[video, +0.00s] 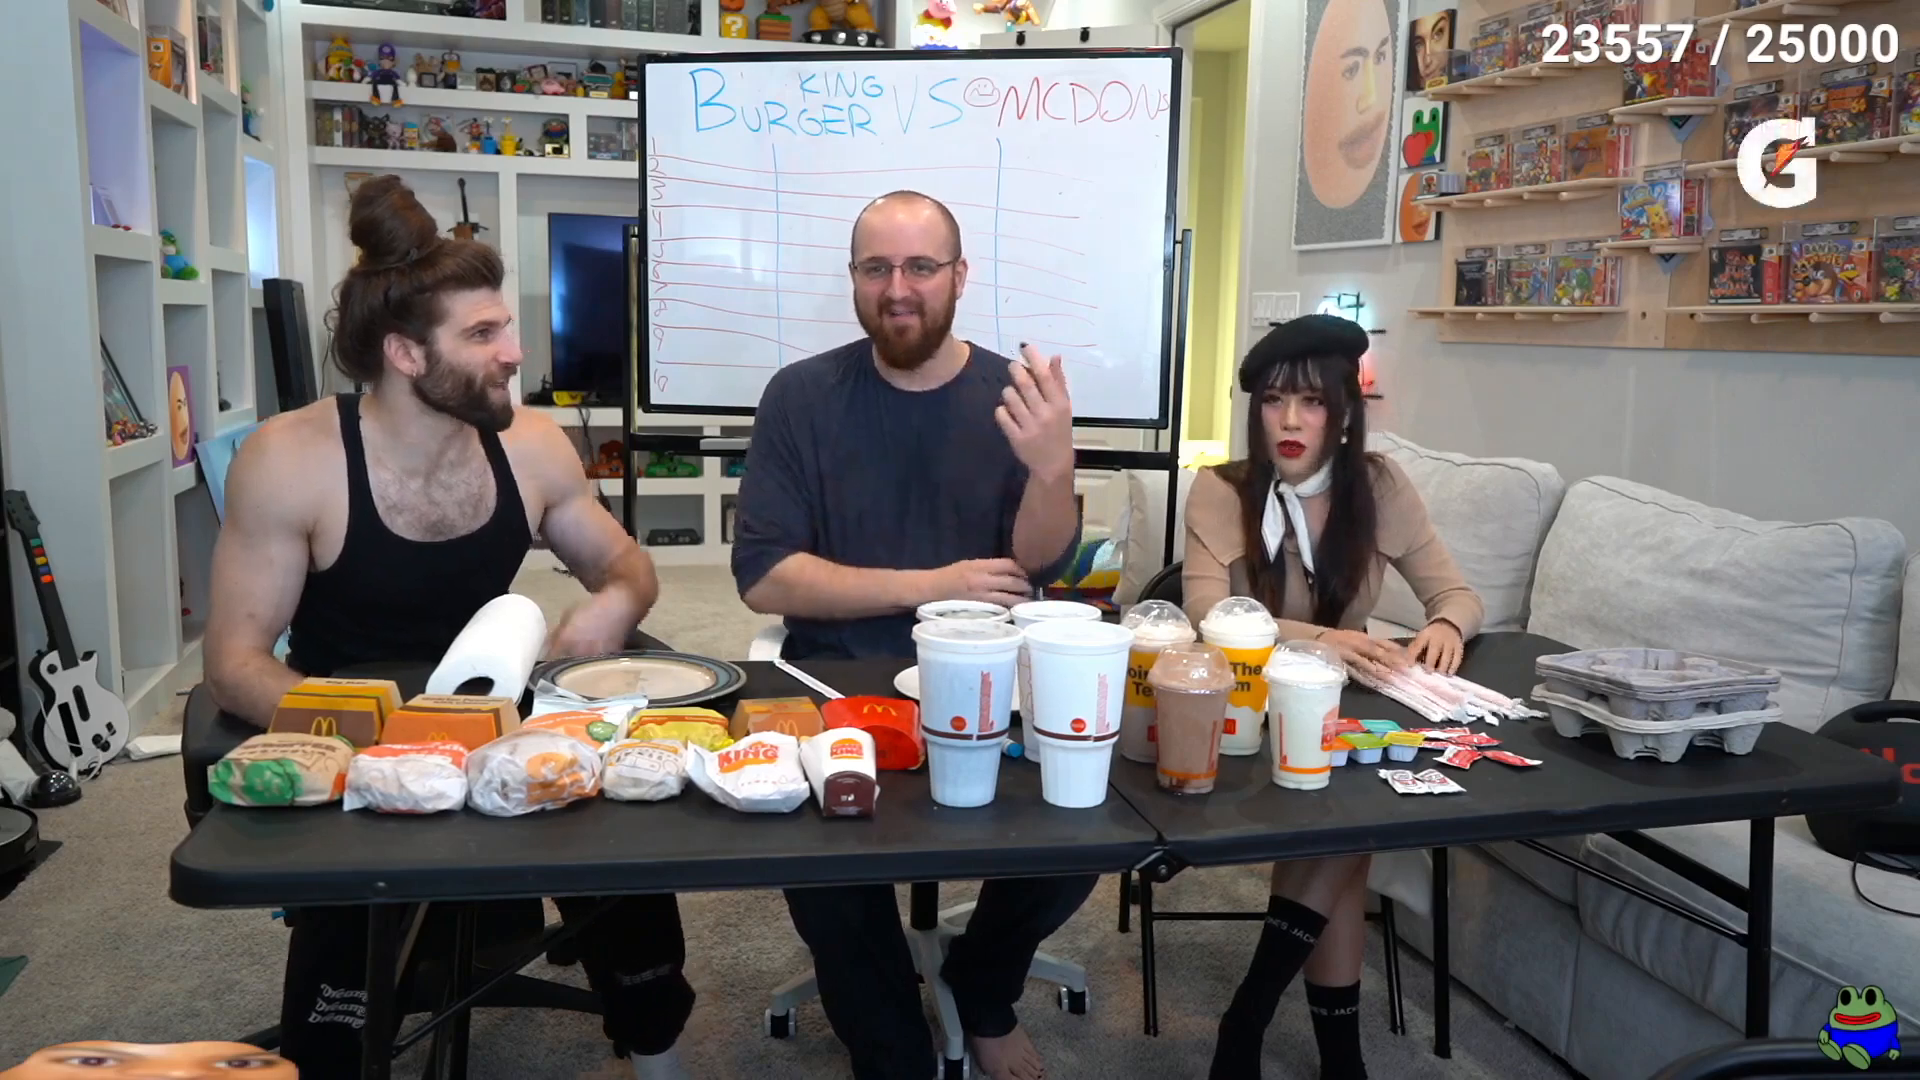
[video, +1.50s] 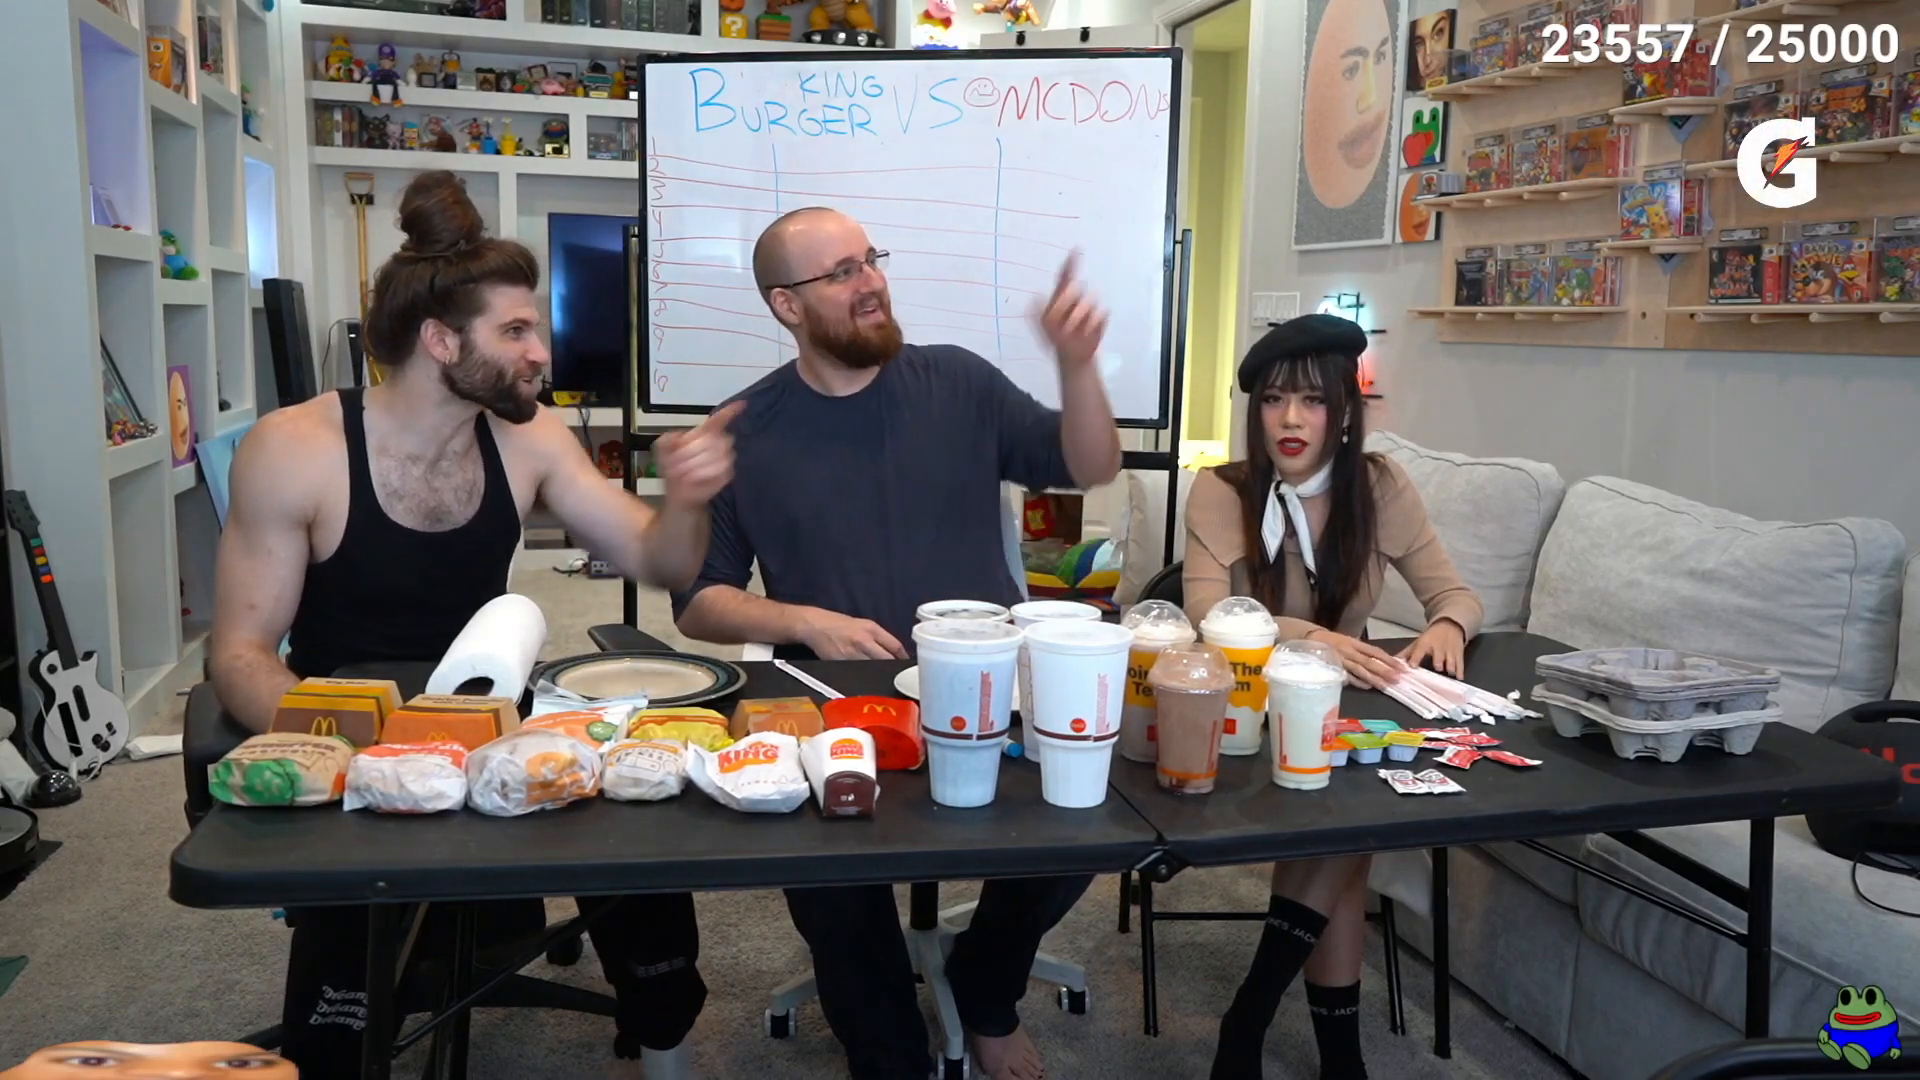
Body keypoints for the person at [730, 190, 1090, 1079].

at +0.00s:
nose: (897, 288)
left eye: (920, 268)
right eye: (876, 269)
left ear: (960, 278)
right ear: (852, 282)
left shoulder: (1015, 392)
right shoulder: (800, 396)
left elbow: (1039, 565)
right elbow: (764, 577)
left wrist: (1051, 472)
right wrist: (930, 584)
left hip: (991, 672)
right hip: (839, 677)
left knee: (1076, 830)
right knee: (819, 854)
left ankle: (980, 986)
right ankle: (899, 1060)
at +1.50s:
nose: (873, 282)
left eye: (872, 261)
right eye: (843, 273)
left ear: (884, 267)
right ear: (786, 306)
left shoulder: (958, 380)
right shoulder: (741, 432)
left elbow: (1092, 464)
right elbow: (698, 602)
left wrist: (1078, 367)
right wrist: (805, 623)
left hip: (982, 689)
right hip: (833, 702)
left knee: (1071, 826)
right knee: (820, 861)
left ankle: (982, 991)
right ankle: (895, 1062)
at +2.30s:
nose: (830, 301)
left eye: (842, 276)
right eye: (799, 288)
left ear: (863, 280)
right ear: (764, 311)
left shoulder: (955, 382)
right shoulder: (734, 431)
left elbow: (1095, 476)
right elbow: (696, 590)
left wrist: (999, 504)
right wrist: (775, 613)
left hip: (975, 684)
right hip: (824, 697)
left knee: (1061, 821)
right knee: (814, 852)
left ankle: (1003, 1017)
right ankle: (884, 1057)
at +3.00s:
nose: (803, 362)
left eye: (827, 334)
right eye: (780, 337)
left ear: (876, 324)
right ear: (759, 333)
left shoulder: (981, 396)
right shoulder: (744, 395)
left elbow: (1104, 444)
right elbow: (754, 482)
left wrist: (1082, 606)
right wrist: (784, 590)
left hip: (953, 683)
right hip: (814, 674)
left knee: (900, 846)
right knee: (748, 828)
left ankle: (894, 1040)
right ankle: (835, 1013)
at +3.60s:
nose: (703, 262)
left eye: (716, 238)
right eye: (690, 240)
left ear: (795, 189)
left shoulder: (970, 240)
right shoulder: (711, 250)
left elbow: (1090, 373)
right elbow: (740, 390)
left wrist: (1097, 544)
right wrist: (779, 516)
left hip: (934, 571)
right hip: (796, 560)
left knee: (873, 811)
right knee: (763, 798)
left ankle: (898, 1030)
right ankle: (837, 1016)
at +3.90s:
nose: (682, 104)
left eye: (680, 76)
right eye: (672, 82)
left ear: (746, 46)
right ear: (744, 50)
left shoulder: (950, 155)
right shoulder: (763, 150)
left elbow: (1052, 350)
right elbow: (780, 323)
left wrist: (1018, 538)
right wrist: (782, 461)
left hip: (903, 541)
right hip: (776, 514)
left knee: (854, 797)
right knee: (731, 760)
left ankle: (900, 1023)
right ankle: (814, 982)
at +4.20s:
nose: (634, 79)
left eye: (623, 49)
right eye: (621, 55)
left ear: (671, 20)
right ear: (686, 18)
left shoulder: (854, 121)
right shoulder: (765, 122)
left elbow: (972, 335)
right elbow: (827, 328)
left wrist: (894, 521)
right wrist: (784, 485)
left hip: (866, 522)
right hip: (783, 505)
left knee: (850, 771)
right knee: (716, 730)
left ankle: (893, 1025)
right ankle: (770, 980)